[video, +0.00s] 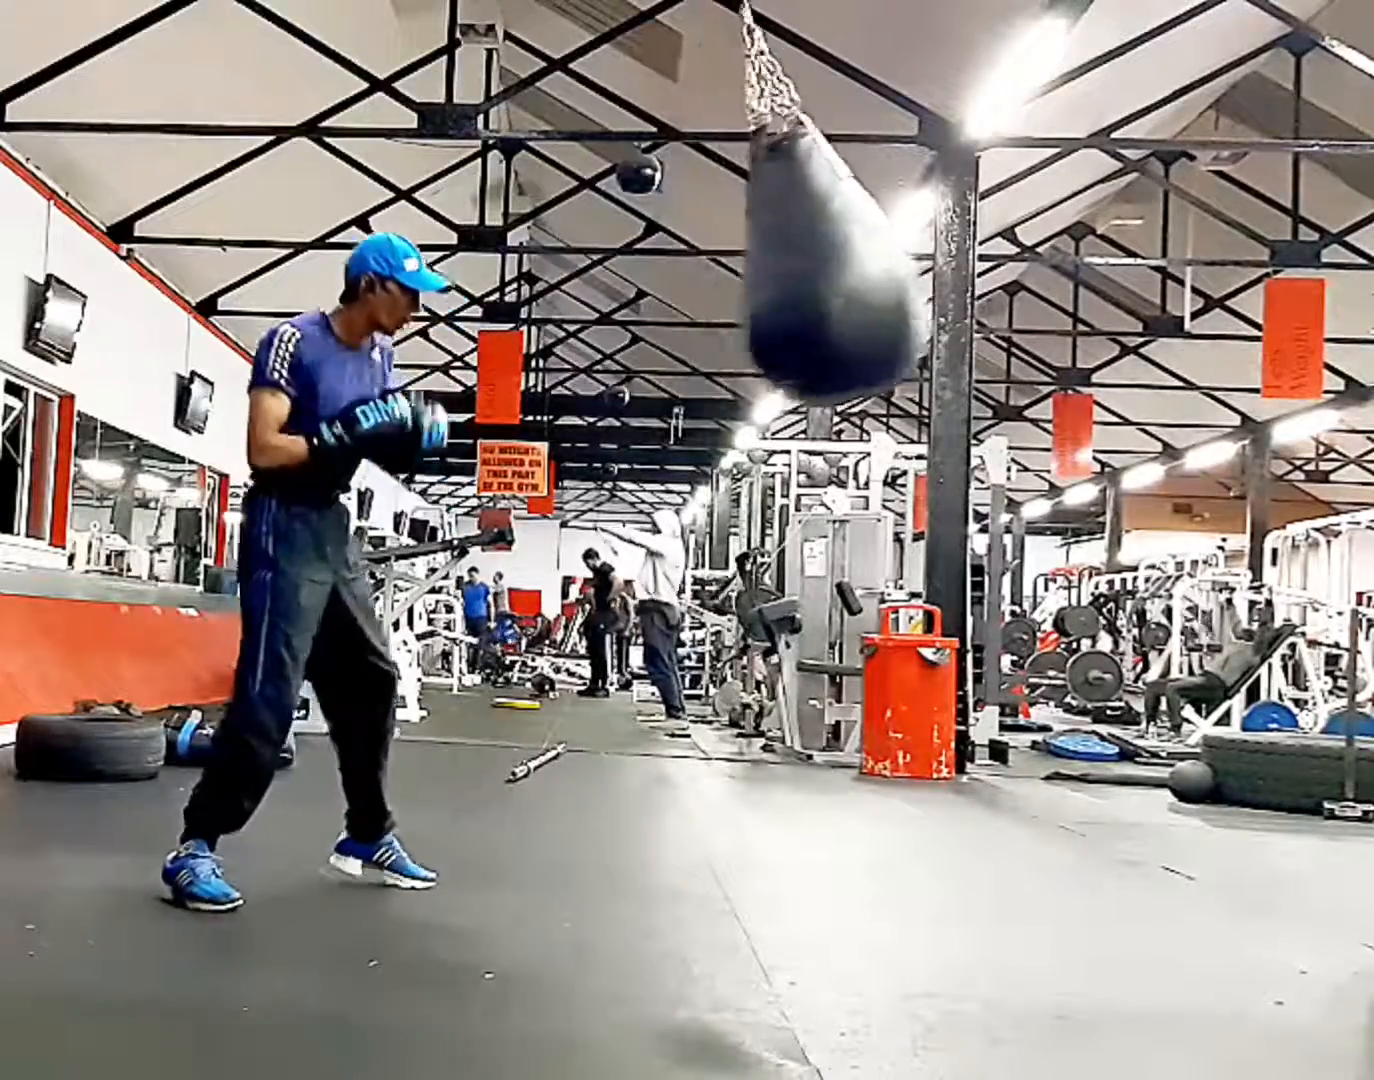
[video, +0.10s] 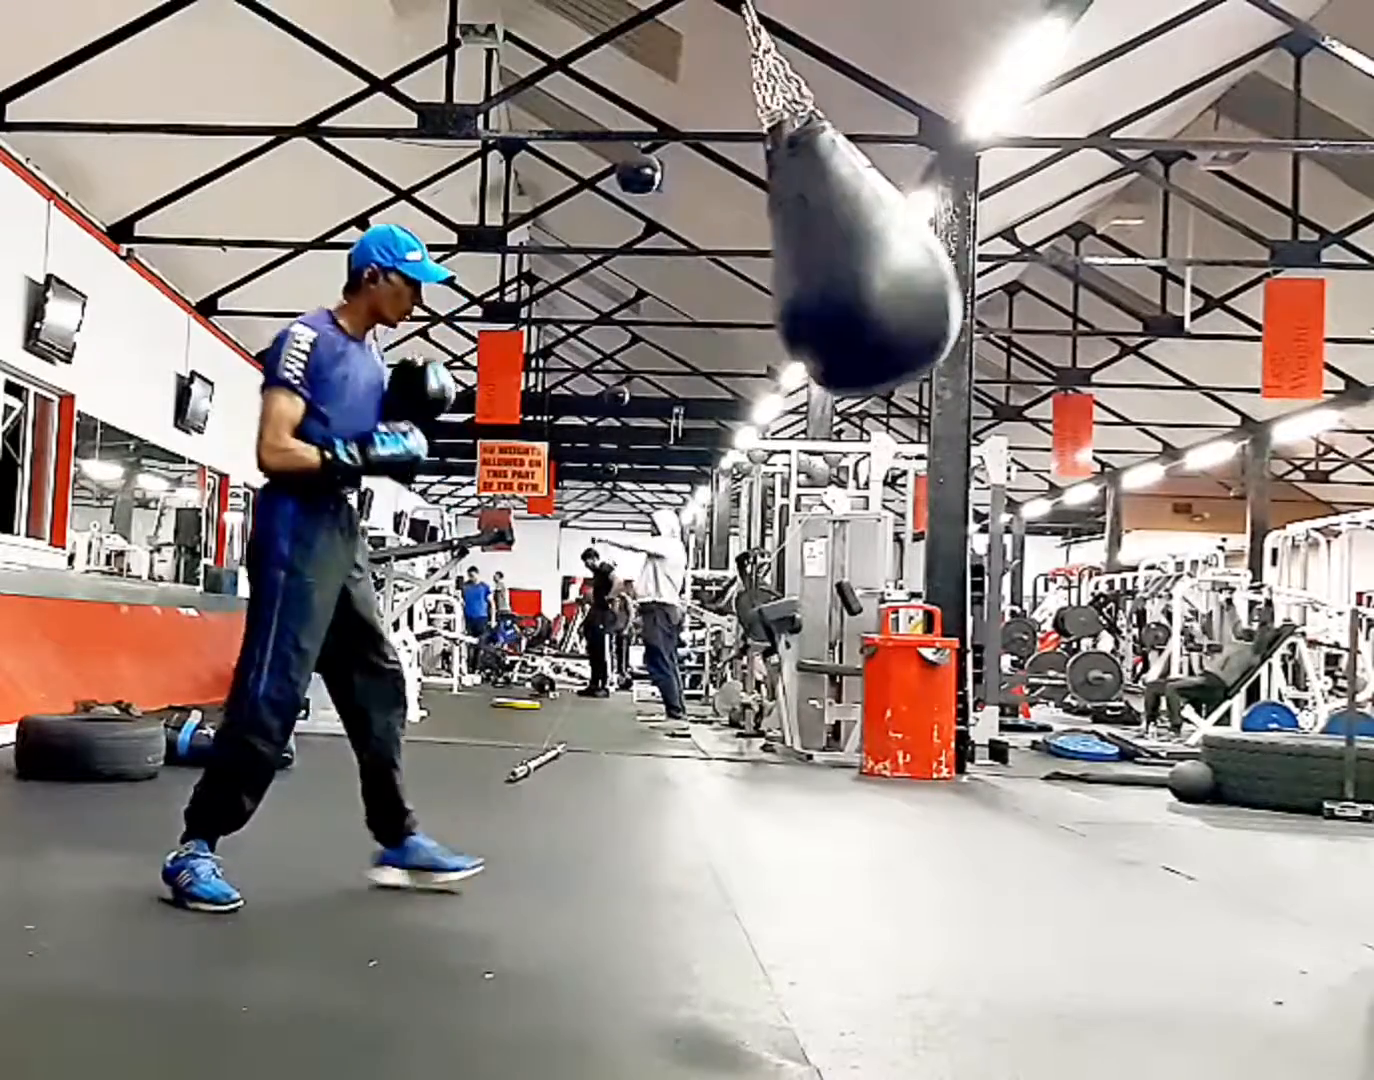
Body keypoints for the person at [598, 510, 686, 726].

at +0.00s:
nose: (654, 528)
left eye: (656, 524)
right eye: (654, 524)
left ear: (665, 525)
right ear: (673, 524)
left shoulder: (668, 543)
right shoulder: (673, 545)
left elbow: (637, 538)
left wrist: (606, 530)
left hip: (658, 607)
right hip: (665, 606)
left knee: (658, 661)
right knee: (666, 660)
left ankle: (675, 712)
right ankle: (676, 709)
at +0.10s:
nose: (651, 529)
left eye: (654, 525)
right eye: (652, 526)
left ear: (663, 526)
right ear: (671, 525)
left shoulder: (668, 545)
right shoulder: (673, 547)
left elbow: (635, 545)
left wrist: (605, 541)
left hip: (659, 608)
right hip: (665, 606)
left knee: (658, 660)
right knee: (666, 659)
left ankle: (675, 709)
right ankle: (676, 706)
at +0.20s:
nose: (652, 529)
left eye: (654, 525)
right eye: (653, 524)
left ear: (664, 525)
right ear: (672, 526)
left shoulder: (666, 546)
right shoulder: (678, 549)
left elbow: (636, 550)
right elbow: (686, 586)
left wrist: (605, 554)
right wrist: (684, 611)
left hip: (660, 607)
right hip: (671, 606)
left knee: (659, 659)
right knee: (668, 658)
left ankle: (675, 708)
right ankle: (677, 706)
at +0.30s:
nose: (648, 530)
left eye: (651, 526)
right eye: (649, 526)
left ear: (660, 527)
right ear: (670, 527)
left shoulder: (664, 546)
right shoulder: (677, 548)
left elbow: (639, 559)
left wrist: (611, 568)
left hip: (662, 606)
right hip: (674, 605)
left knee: (662, 658)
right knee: (668, 658)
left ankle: (675, 708)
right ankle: (677, 706)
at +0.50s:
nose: (642, 529)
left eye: (645, 525)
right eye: (643, 525)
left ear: (656, 526)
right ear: (661, 526)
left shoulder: (661, 548)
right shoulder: (668, 545)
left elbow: (645, 575)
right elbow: (645, 576)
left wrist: (625, 595)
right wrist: (626, 591)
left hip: (666, 611)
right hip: (673, 609)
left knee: (663, 662)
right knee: (671, 660)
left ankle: (675, 708)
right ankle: (677, 706)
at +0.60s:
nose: (638, 530)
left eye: (641, 525)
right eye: (639, 525)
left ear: (651, 526)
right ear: (656, 526)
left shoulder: (659, 548)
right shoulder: (669, 546)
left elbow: (651, 581)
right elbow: (656, 579)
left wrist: (634, 606)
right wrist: (640, 596)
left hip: (666, 611)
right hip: (676, 608)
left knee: (663, 663)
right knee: (672, 661)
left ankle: (675, 709)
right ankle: (678, 707)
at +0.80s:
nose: (635, 530)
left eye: (638, 526)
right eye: (636, 525)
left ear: (647, 528)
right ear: (656, 527)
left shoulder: (654, 551)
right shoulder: (666, 547)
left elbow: (657, 585)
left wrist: (655, 616)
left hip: (667, 611)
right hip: (680, 608)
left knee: (664, 662)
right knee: (673, 660)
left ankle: (675, 709)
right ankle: (678, 706)